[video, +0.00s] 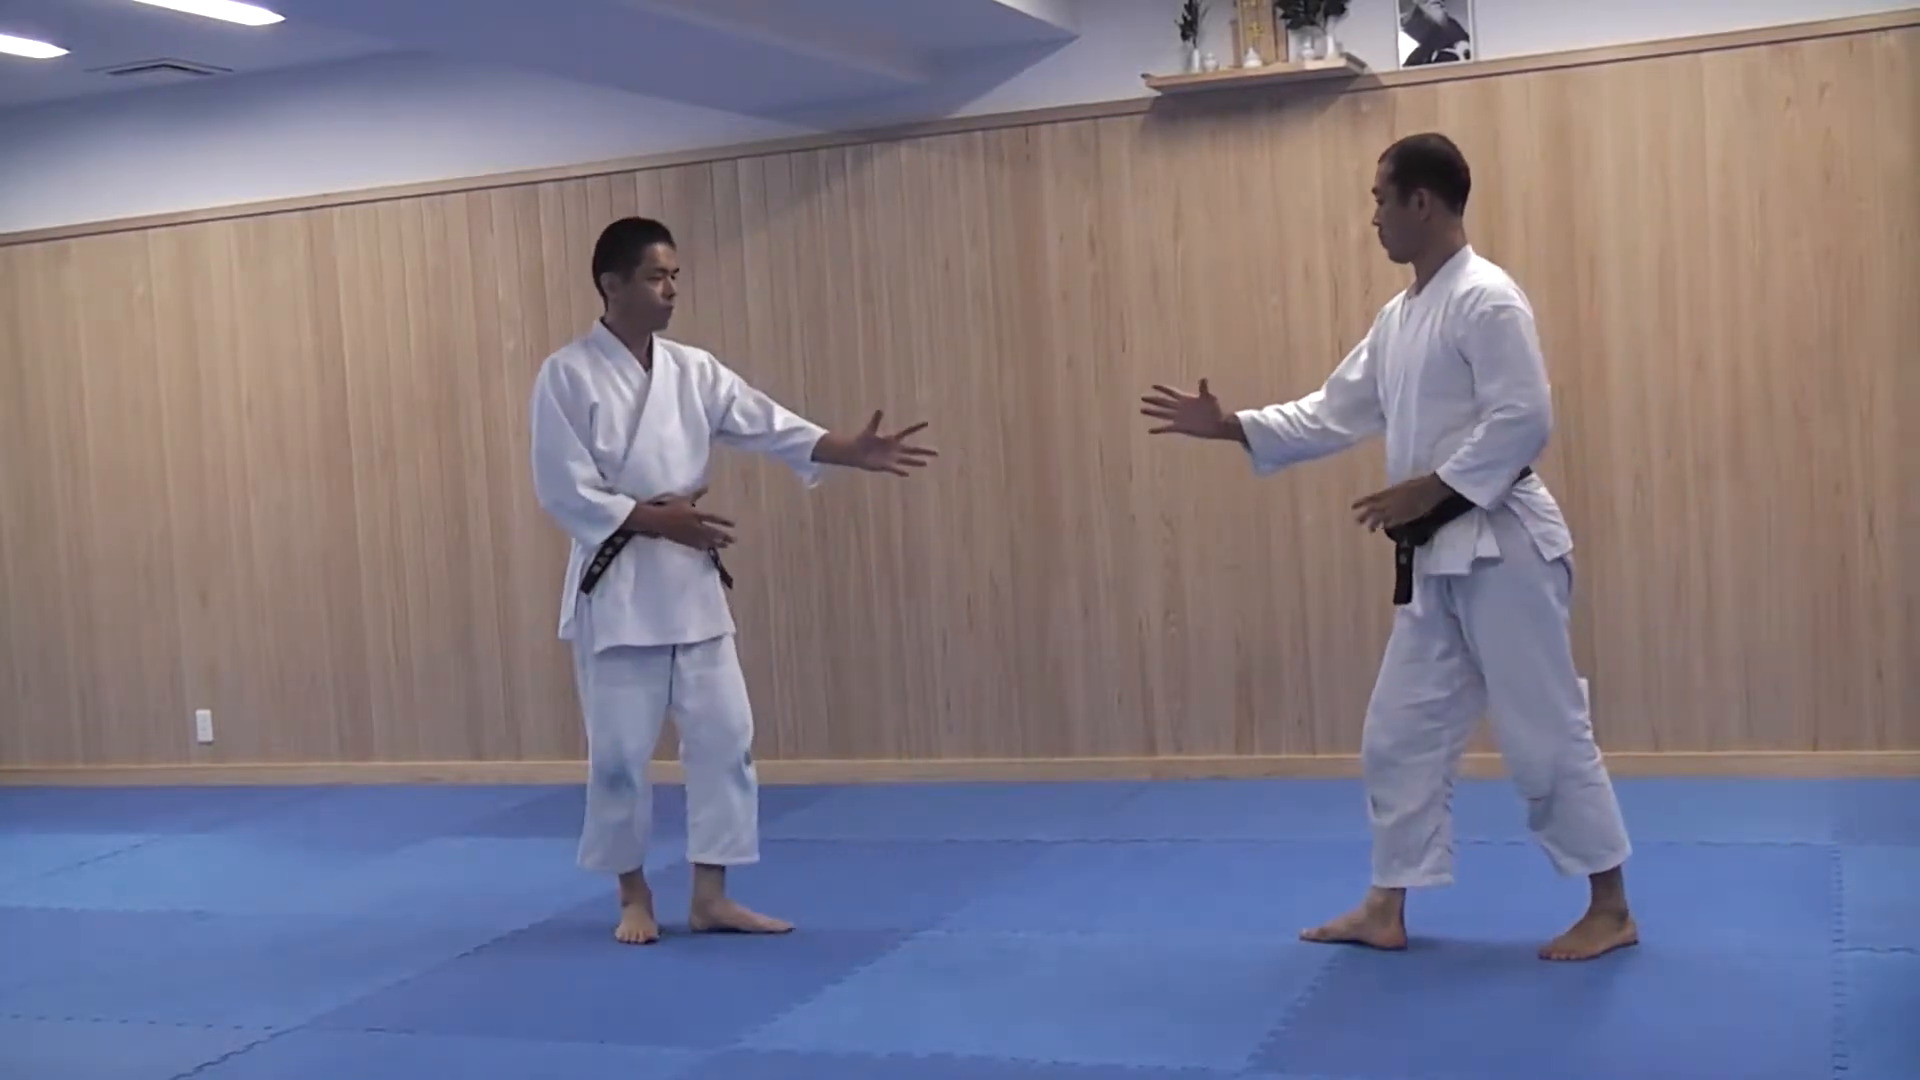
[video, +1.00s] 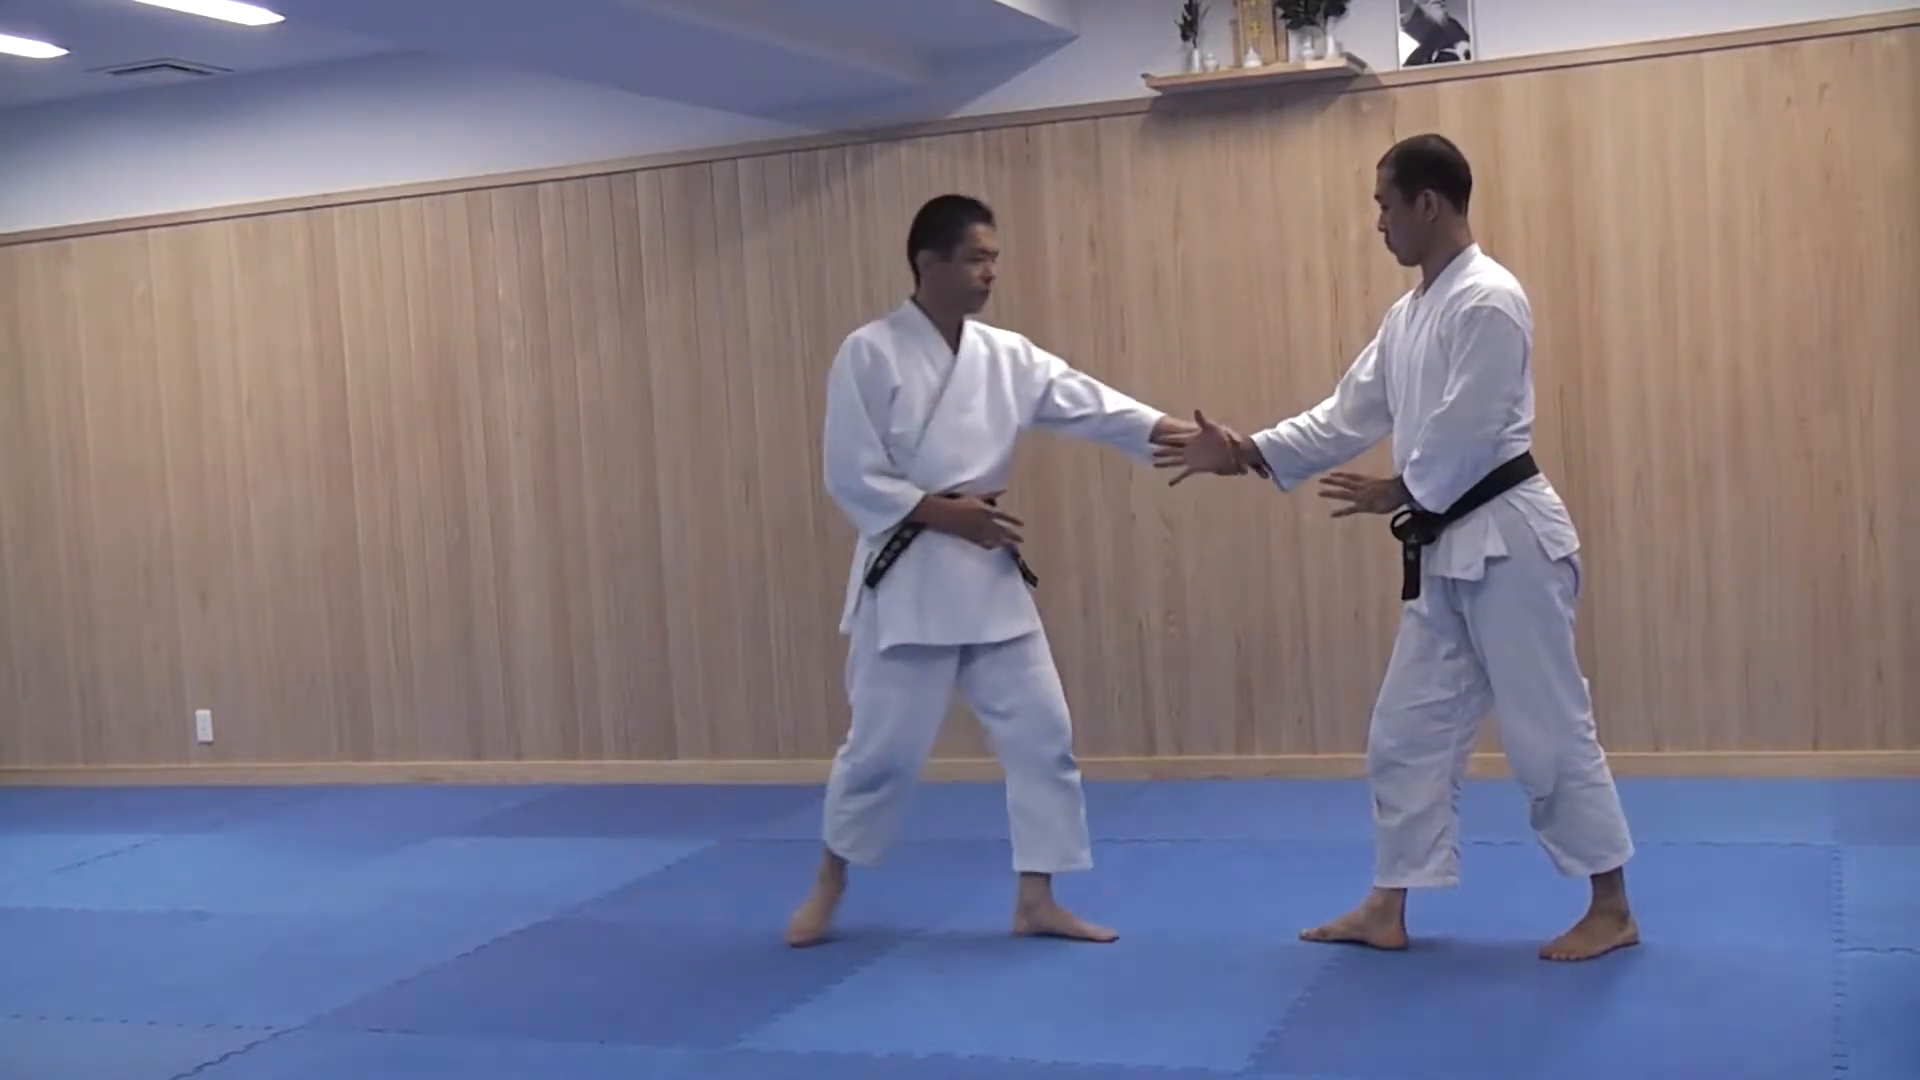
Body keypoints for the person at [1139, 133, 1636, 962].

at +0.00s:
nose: (1373, 217)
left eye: (1382, 200)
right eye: (1374, 201)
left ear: (1426, 204)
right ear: (1421, 205)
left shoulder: (1490, 301)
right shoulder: (1397, 319)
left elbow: (1523, 418)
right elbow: (1334, 411)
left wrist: (1433, 488)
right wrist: (1231, 424)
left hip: (1507, 545)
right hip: (1437, 552)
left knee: (1548, 733)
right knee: (1399, 736)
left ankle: (1611, 909)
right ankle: (1385, 909)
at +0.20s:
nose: (1369, 218)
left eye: (1378, 202)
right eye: (1369, 202)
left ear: (1424, 204)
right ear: (1418, 205)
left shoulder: (1486, 302)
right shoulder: (1394, 320)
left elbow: (1482, 426)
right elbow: (1331, 413)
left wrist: (1400, 492)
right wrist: (1227, 426)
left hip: (1507, 538)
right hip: (1441, 549)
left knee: (1550, 731)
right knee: (1399, 737)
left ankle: (1611, 908)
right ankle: (1384, 910)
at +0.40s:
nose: (1371, 220)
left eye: (1380, 203)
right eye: (1371, 203)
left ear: (1426, 205)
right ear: (1420, 206)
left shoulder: (1484, 304)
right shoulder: (1398, 319)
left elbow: (1467, 435)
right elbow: (1334, 412)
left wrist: (1395, 489)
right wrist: (1229, 426)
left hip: (1507, 539)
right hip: (1442, 549)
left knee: (1550, 731)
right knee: (1399, 736)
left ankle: (1611, 908)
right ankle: (1384, 910)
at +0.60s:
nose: (1373, 220)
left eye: (1382, 204)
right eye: (1373, 203)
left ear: (1428, 206)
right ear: (1423, 207)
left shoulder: (1486, 305)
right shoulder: (1400, 319)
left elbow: (1469, 436)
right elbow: (1335, 412)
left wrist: (1398, 491)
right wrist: (1228, 427)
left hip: (1508, 540)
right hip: (1444, 549)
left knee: (1550, 732)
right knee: (1400, 737)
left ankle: (1611, 909)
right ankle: (1385, 910)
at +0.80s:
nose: (1375, 220)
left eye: (1384, 204)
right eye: (1374, 204)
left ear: (1431, 205)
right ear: (1426, 207)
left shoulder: (1488, 303)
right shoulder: (1403, 318)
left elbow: (1473, 434)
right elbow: (1331, 413)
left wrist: (1401, 489)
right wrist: (1219, 432)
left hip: (1511, 538)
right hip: (1447, 547)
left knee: (1551, 730)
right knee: (1404, 733)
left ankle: (1611, 910)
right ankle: (1385, 908)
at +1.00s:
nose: (1376, 221)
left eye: (1385, 204)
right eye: (1375, 205)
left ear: (1433, 205)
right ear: (1428, 206)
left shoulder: (1489, 302)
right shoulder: (1406, 317)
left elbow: (1467, 433)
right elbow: (1344, 418)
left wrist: (1399, 488)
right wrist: (1242, 451)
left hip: (1511, 537)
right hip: (1447, 546)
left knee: (1552, 732)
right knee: (1406, 734)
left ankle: (1611, 909)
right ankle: (1385, 907)